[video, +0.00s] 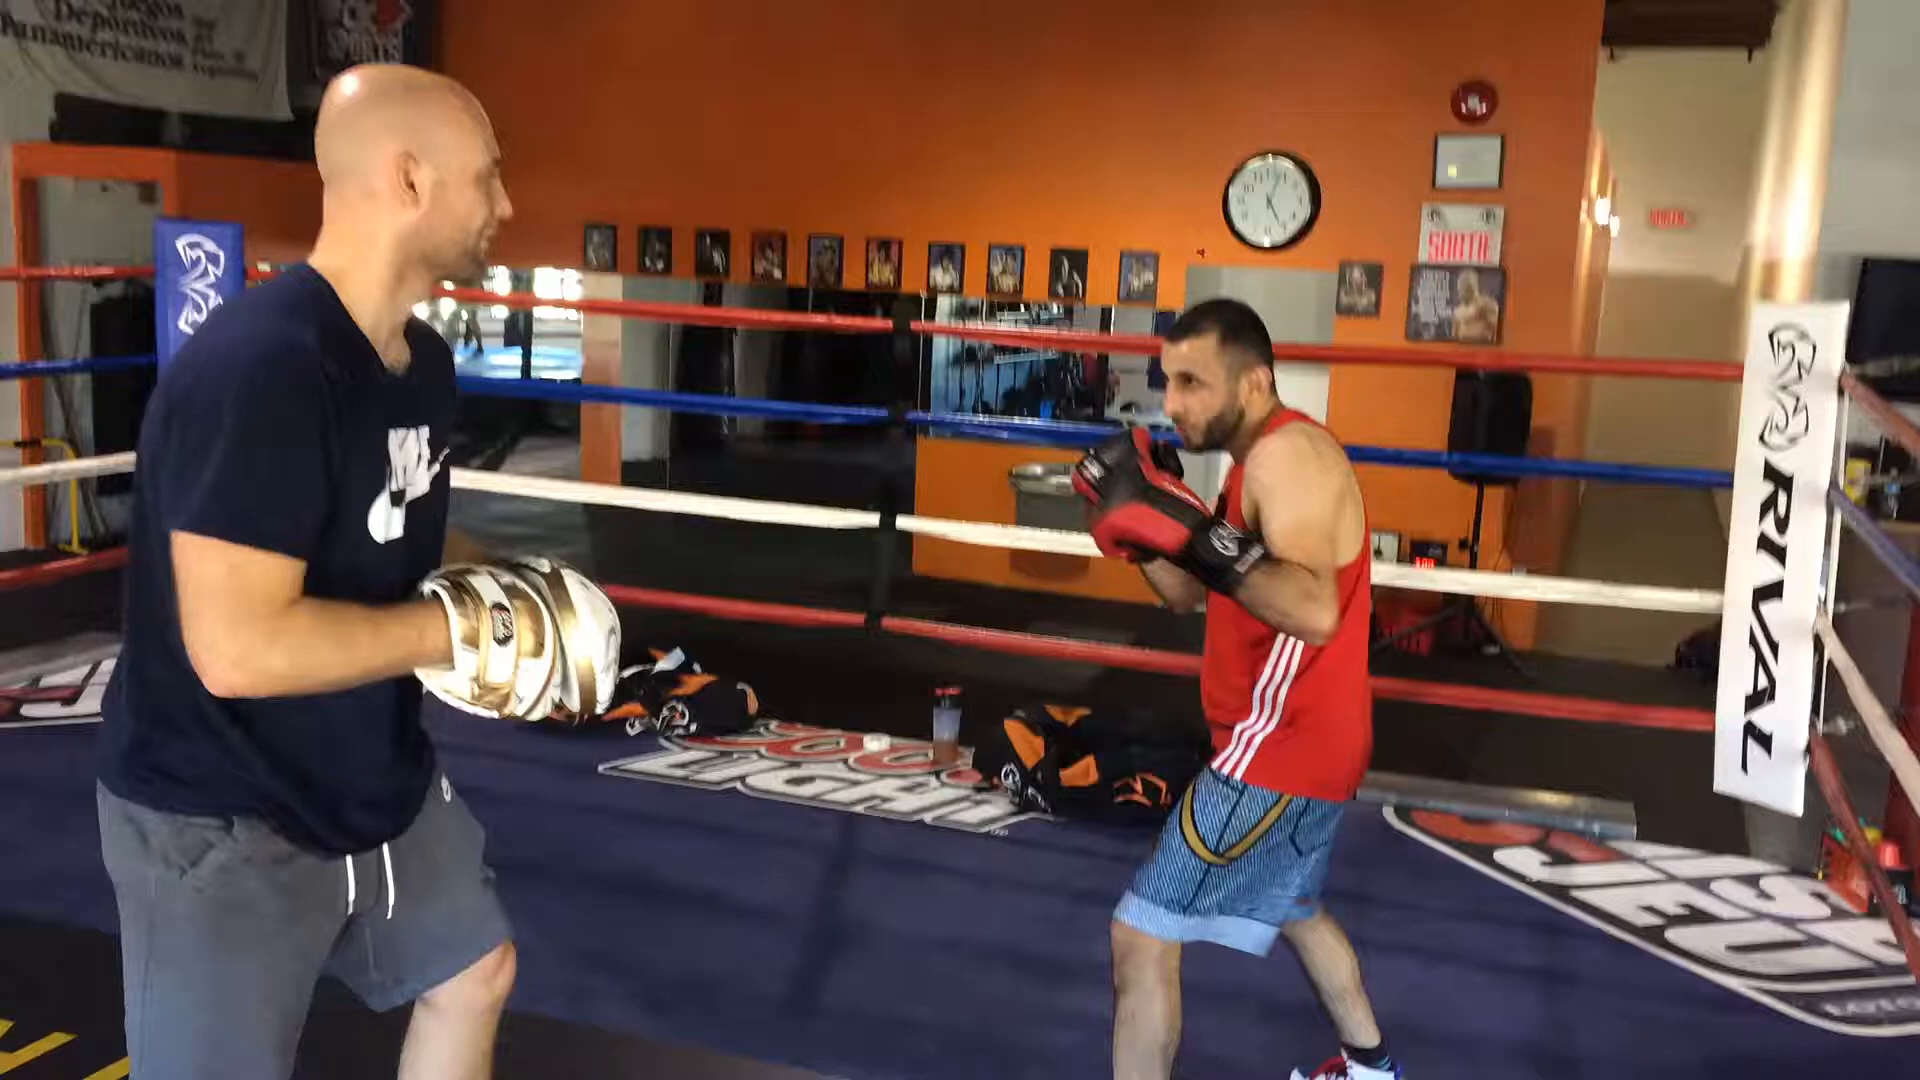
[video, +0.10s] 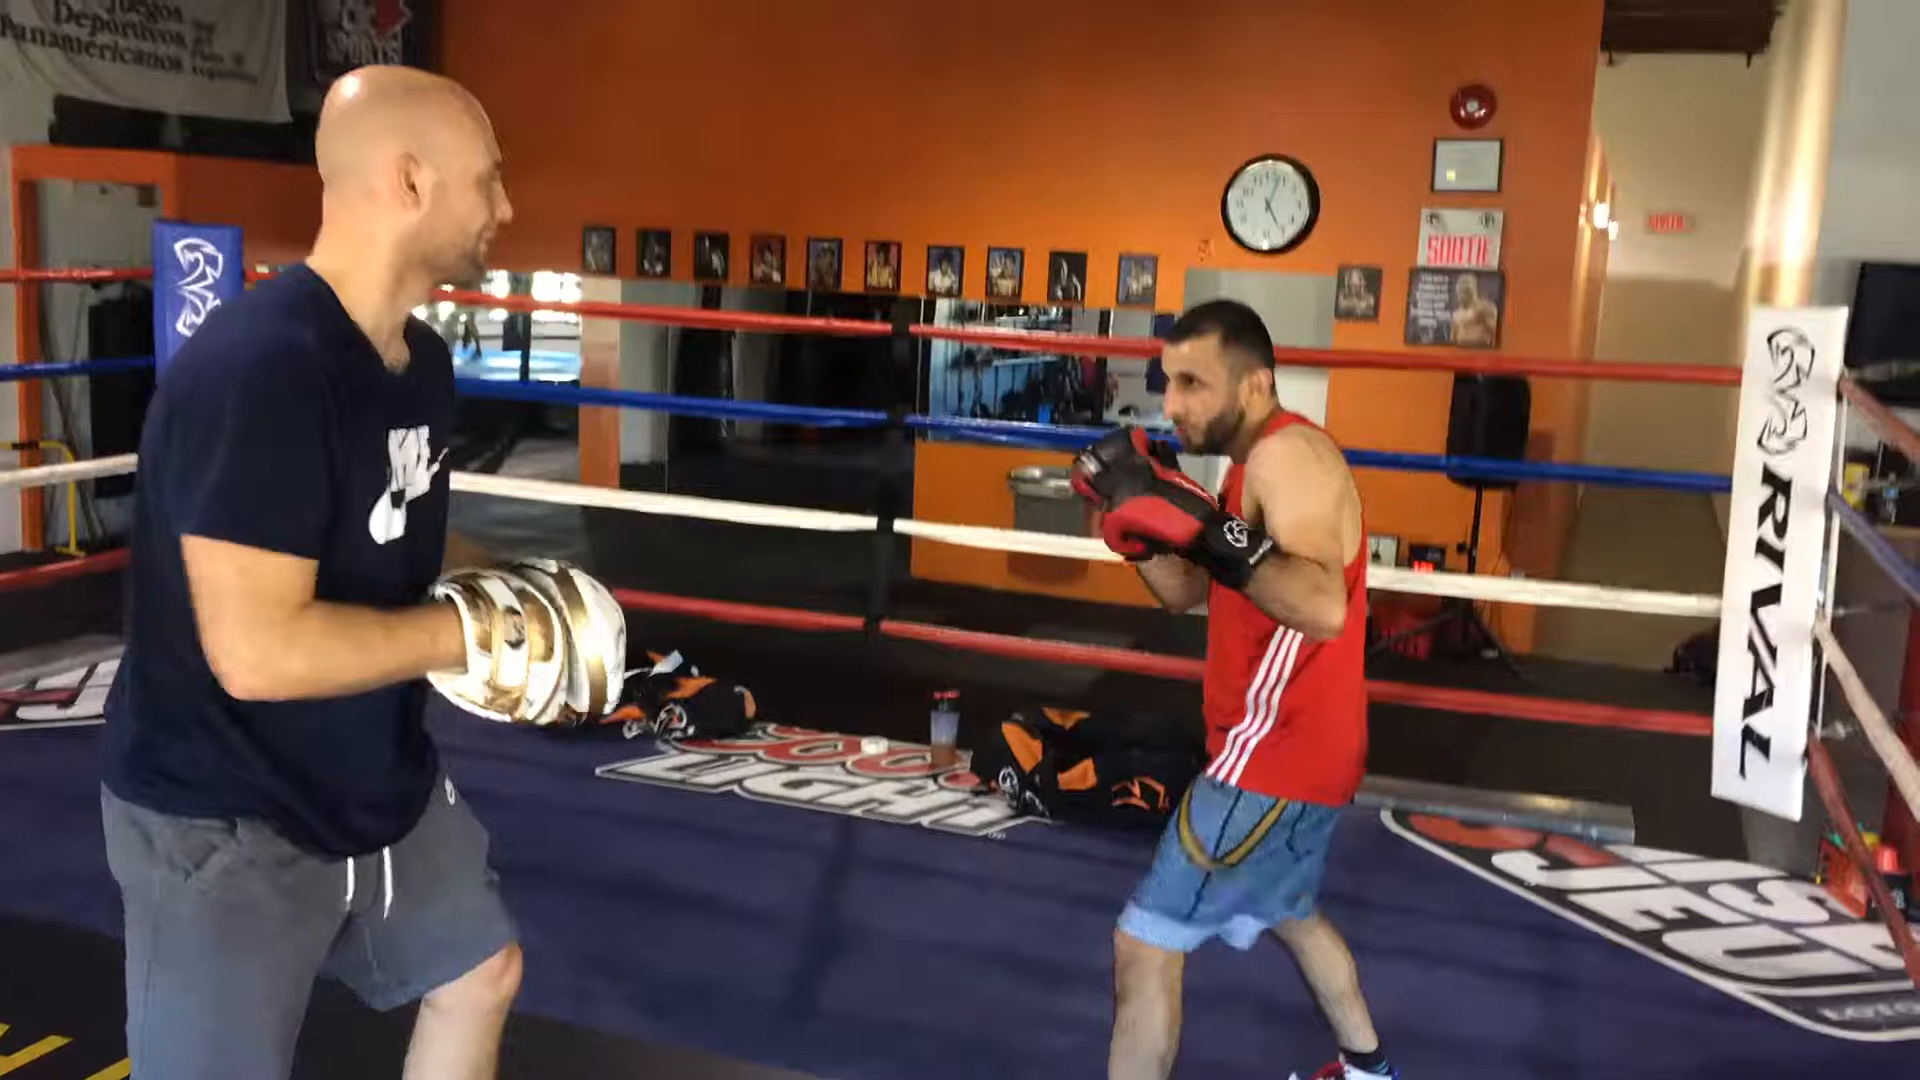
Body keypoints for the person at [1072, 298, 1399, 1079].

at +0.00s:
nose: (1172, 405)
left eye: (1190, 384)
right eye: (1167, 383)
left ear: (1252, 380)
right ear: (1245, 383)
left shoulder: (1288, 458)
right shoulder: (1259, 458)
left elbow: (1315, 611)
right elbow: (1191, 595)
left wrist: (1198, 535)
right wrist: (1135, 514)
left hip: (1278, 754)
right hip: (1307, 751)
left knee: (1143, 935)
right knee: (1297, 908)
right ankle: (1370, 1063)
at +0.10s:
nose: (1172, 406)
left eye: (1190, 385)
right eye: (1168, 385)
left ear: (1253, 383)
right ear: (1243, 386)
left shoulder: (1288, 458)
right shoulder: (1252, 462)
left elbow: (1324, 605)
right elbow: (1184, 590)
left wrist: (1203, 530)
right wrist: (1131, 510)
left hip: (1273, 757)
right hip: (1302, 755)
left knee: (1147, 943)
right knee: (1293, 910)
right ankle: (1367, 1065)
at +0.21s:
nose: (1159, 417)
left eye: (1178, 397)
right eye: (1154, 397)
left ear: (1241, 398)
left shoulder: (1266, 469)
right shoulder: (1243, 474)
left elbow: (1290, 612)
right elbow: (1166, 597)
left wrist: (1188, 530)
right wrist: (1112, 523)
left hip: (1257, 774)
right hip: (1294, 770)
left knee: (1137, 969)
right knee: (1288, 929)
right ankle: (1360, 1068)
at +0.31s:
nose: (1144, 427)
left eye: (1163, 409)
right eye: (1138, 408)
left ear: (1227, 406)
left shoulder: (1250, 473)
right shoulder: (1213, 481)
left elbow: (1228, 592)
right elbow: (1138, 597)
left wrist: (1146, 484)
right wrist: (1089, 517)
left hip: (1249, 785)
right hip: (1294, 781)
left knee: (1120, 977)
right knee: (1292, 938)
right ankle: (1358, 1069)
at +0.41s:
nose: (1142, 433)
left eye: (1157, 415)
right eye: (1136, 416)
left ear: (1217, 411)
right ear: (1214, 414)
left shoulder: (1244, 472)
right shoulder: (1217, 480)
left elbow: (1171, 548)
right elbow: (1139, 604)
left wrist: (1113, 434)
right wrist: (1083, 522)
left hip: (1257, 792)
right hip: (1308, 785)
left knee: (1125, 984)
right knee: (1302, 939)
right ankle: (1366, 1071)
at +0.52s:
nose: (1147, 442)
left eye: (1161, 424)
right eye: (1144, 426)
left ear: (1222, 423)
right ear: (1224, 425)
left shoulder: (1252, 481)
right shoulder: (1227, 489)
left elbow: (1173, 560)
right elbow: (1152, 618)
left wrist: (1119, 450)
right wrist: (1090, 537)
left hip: (1267, 799)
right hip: (1318, 791)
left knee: (1126, 989)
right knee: (1321, 938)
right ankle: (1395, 1067)